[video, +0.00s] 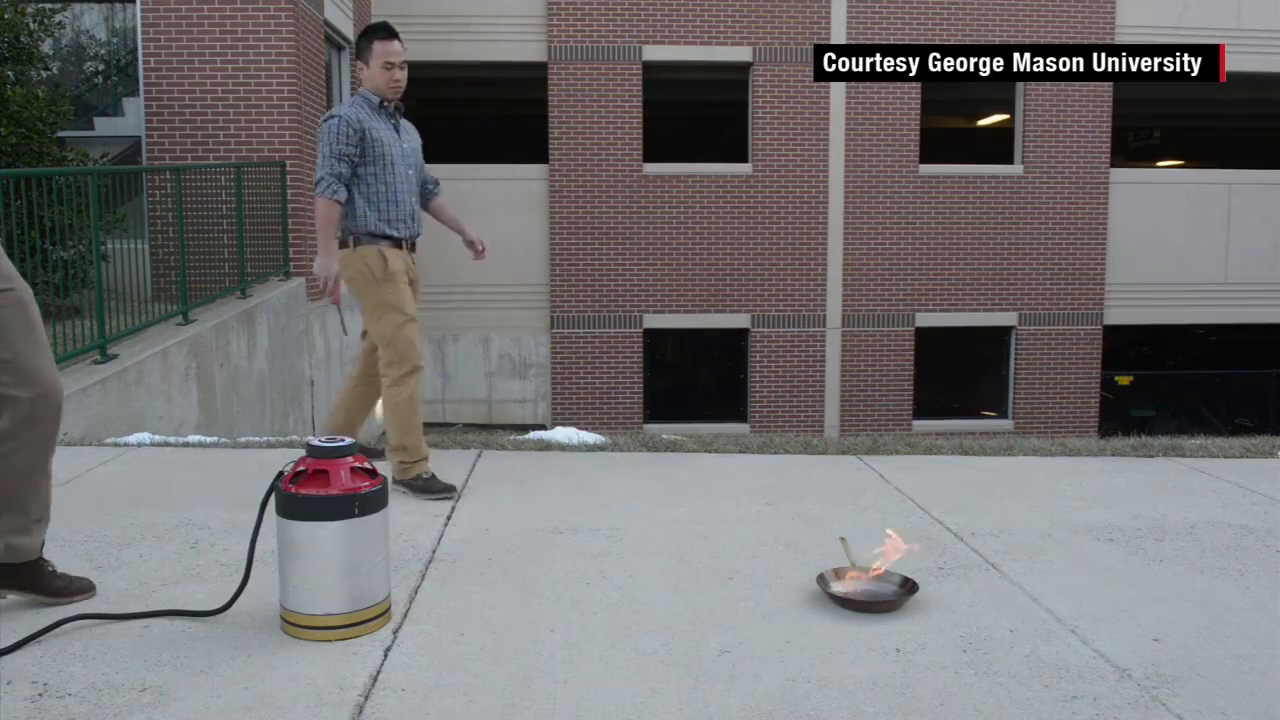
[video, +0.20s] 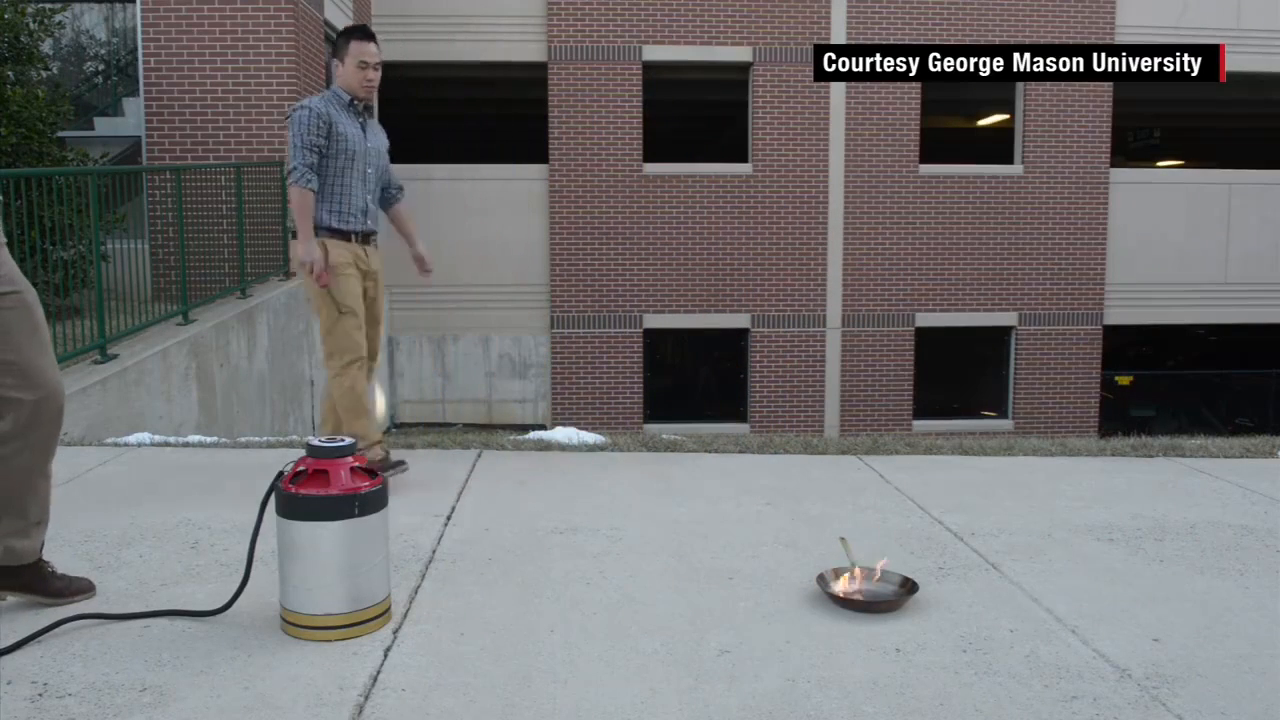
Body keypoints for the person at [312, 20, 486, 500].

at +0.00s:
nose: (399, 74)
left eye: (403, 65)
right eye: (388, 66)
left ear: (406, 68)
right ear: (361, 69)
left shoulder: (406, 129)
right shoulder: (345, 121)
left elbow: (425, 192)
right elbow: (329, 192)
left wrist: (464, 230)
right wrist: (327, 257)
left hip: (404, 254)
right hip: (370, 254)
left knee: (377, 362)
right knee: (403, 360)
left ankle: (329, 448)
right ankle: (412, 469)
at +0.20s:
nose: (373, 74)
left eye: (377, 66)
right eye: (363, 65)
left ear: (379, 70)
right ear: (337, 67)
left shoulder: (374, 128)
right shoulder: (313, 112)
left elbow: (388, 192)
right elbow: (301, 178)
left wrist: (414, 243)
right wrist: (306, 239)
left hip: (368, 250)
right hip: (330, 248)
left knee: (365, 354)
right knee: (348, 353)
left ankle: (333, 444)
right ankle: (366, 448)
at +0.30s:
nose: (354, 71)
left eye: (358, 63)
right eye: (344, 62)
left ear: (362, 67)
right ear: (318, 65)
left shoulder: (361, 127)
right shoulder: (296, 111)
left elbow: (372, 195)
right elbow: (288, 180)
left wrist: (382, 249)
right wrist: (304, 236)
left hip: (354, 248)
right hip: (313, 243)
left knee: (356, 349)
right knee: (329, 345)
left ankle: (340, 439)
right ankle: (313, 442)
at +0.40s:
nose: (321, 69)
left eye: (325, 61)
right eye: (310, 61)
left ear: (330, 66)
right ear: (286, 65)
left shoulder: (327, 120)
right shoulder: (271, 113)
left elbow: (334, 191)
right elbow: (267, 181)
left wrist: (345, 243)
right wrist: (297, 227)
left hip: (331, 245)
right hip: (290, 243)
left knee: (342, 345)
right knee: (293, 339)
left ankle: (334, 443)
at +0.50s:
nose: (297, 71)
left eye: (301, 63)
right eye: (287, 63)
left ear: (305, 67)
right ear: (262, 68)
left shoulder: (303, 124)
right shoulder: (249, 116)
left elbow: (309, 191)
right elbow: (251, 182)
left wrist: (323, 238)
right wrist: (284, 225)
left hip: (309, 251)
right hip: (270, 250)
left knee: (337, 348)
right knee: (257, 348)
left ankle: (336, 444)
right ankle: (183, 427)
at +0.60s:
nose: (273, 75)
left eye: (276, 66)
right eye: (262, 67)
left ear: (279, 70)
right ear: (236, 72)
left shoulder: (280, 128)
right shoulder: (224, 122)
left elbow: (291, 197)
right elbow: (231, 189)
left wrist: (309, 248)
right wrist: (270, 226)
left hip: (294, 259)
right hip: (247, 258)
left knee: (324, 354)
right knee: (221, 358)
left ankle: (338, 446)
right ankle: (159, 443)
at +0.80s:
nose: (209, 67)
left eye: (213, 58)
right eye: (198, 59)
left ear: (217, 63)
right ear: (171, 63)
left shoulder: (219, 123)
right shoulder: (155, 116)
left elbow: (235, 188)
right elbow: (162, 185)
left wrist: (256, 241)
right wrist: (200, 230)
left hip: (224, 253)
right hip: (177, 252)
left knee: (257, 349)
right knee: (165, 359)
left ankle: (295, 440)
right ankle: (146, 456)